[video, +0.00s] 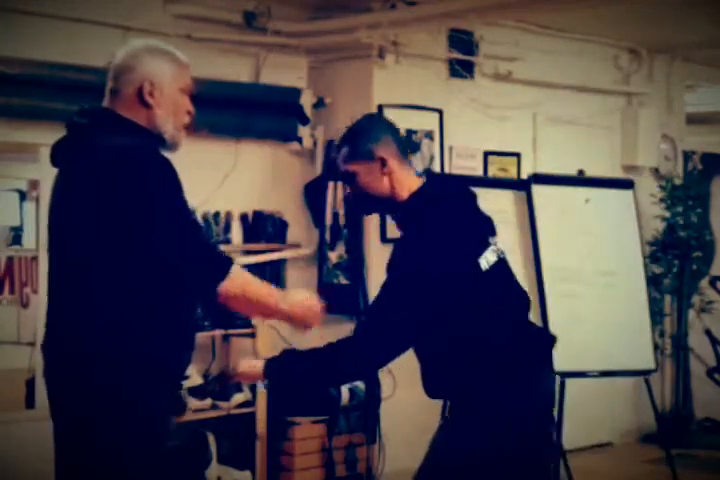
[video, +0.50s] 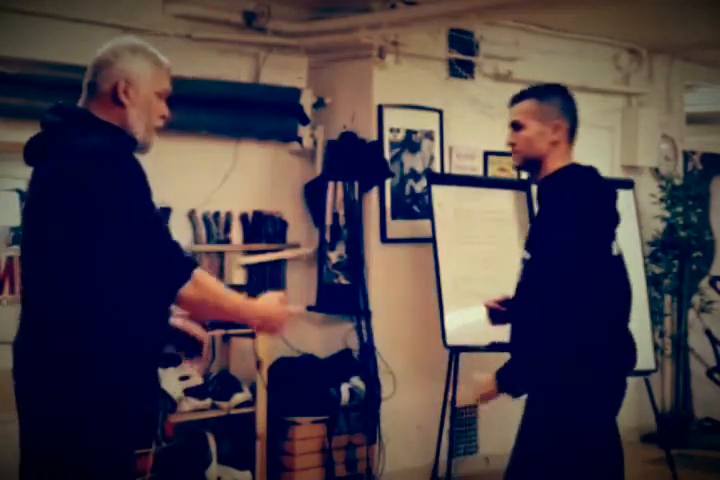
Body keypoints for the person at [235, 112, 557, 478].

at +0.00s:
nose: (352, 190)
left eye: (353, 177)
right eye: (348, 179)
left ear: (385, 165)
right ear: (387, 163)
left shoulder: (426, 238)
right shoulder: (449, 199)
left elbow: (372, 348)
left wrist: (271, 371)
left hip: (488, 395)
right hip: (522, 376)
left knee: (438, 472)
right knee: (529, 470)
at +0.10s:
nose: (378, 180)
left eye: (382, 167)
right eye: (375, 169)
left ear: (415, 156)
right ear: (418, 157)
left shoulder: (449, 230)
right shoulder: (474, 199)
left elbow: (392, 339)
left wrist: (296, 384)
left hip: (499, 396)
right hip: (533, 382)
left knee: (448, 472)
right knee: (546, 473)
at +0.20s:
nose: (410, 169)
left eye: (418, 156)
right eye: (408, 159)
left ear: (455, 151)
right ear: (456, 153)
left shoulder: (481, 221)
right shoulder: (508, 198)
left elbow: (425, 335)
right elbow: (552, 307)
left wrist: (342, 405)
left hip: (510, 398)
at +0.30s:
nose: (452, 158)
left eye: (460, 145)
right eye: (453, 147)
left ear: (497, 146)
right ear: (496, 147)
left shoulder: (514, 216)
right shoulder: (539, 202)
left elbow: (479, 345)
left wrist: (398, 412)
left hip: (539, 396)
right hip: (569, 385)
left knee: (498, 472)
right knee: (574, 473)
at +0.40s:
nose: (485, 148)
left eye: (493, 135)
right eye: (486, 137)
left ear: (531, 139)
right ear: (530, 141)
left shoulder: (543, 209)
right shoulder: (567, 197)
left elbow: (533, 347)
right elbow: (557, 295)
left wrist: (463, 402)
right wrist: (499, 311)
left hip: (554, 395)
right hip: (584, 382)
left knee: (525, 471)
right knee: (581, 470)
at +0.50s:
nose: (509, 139)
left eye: (518, 127)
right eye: (511, 128)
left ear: (556, 132)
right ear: (553, 135)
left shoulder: (568, 196)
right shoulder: (573, 189)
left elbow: (560, 312)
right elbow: (562, 287)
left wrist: (503, 381)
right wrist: (514, 308)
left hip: (572, 378)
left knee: (536, 470)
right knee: (587, 469)